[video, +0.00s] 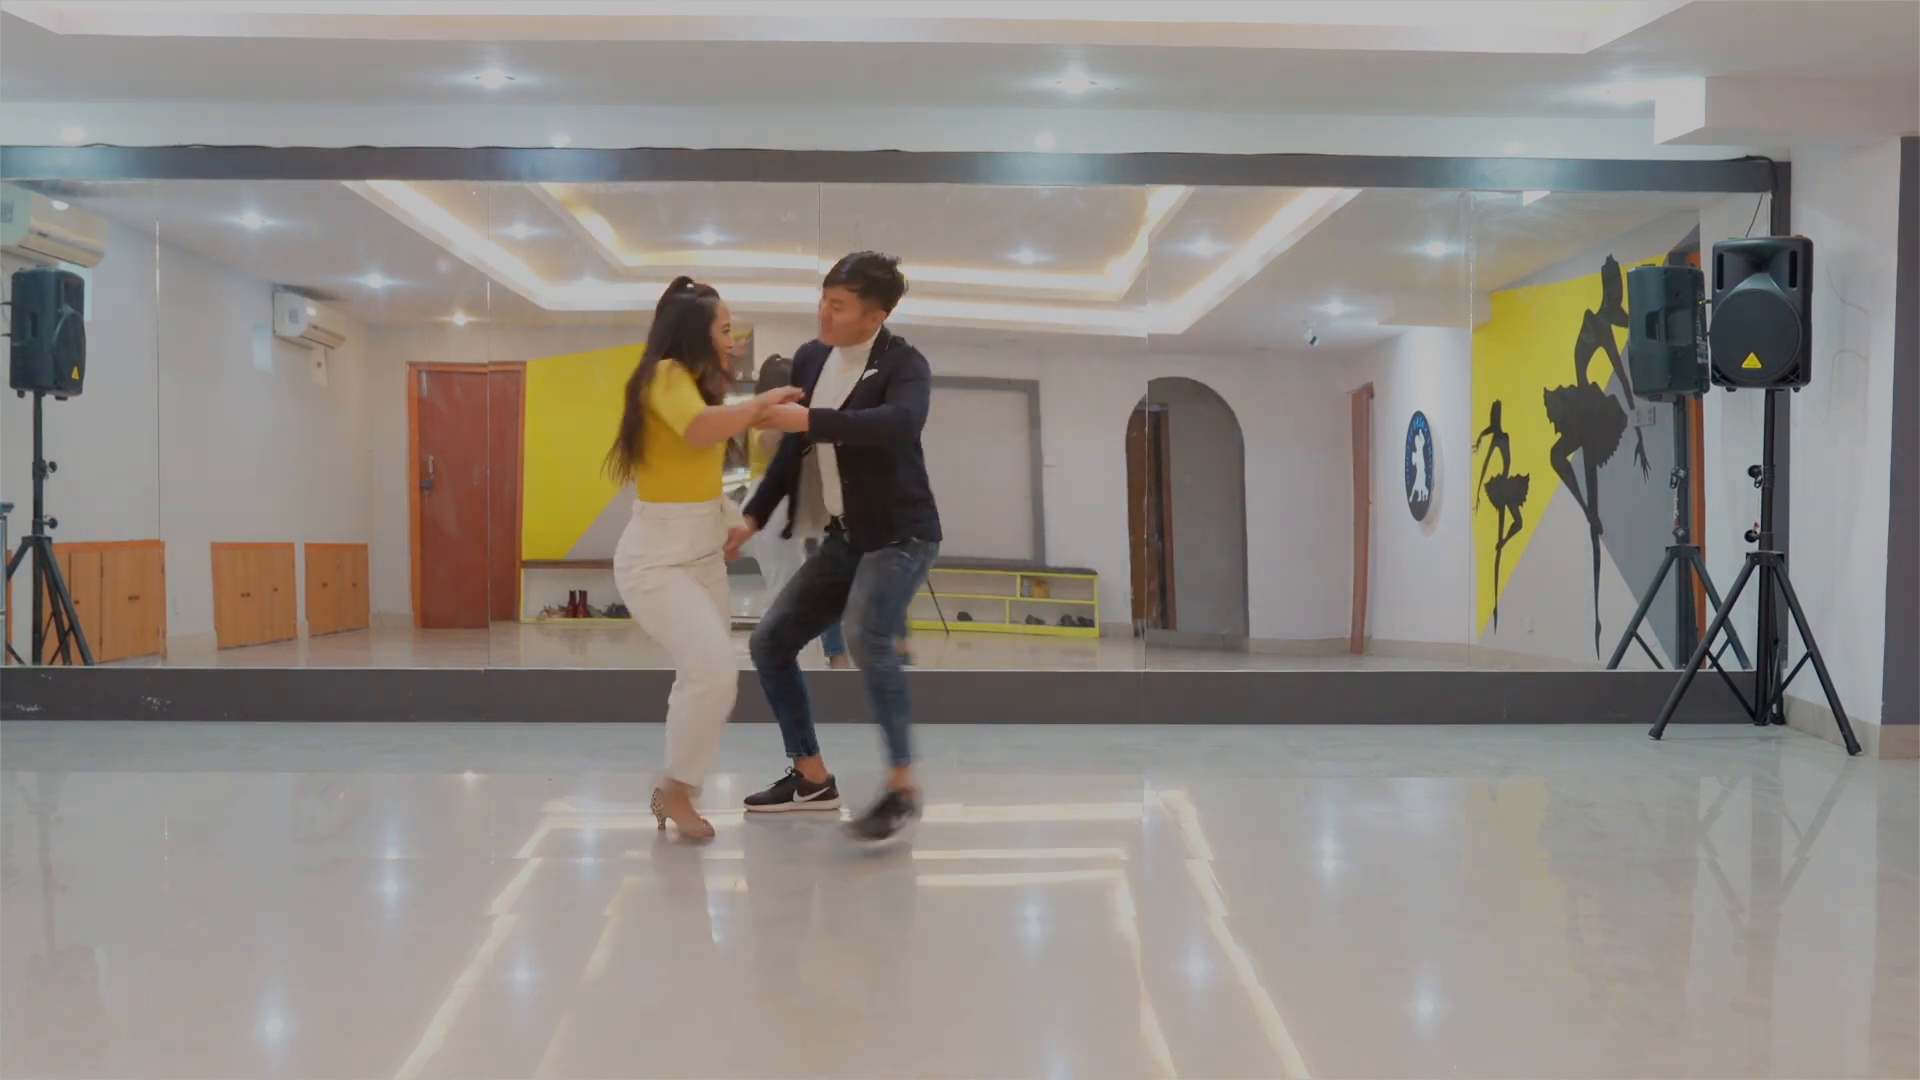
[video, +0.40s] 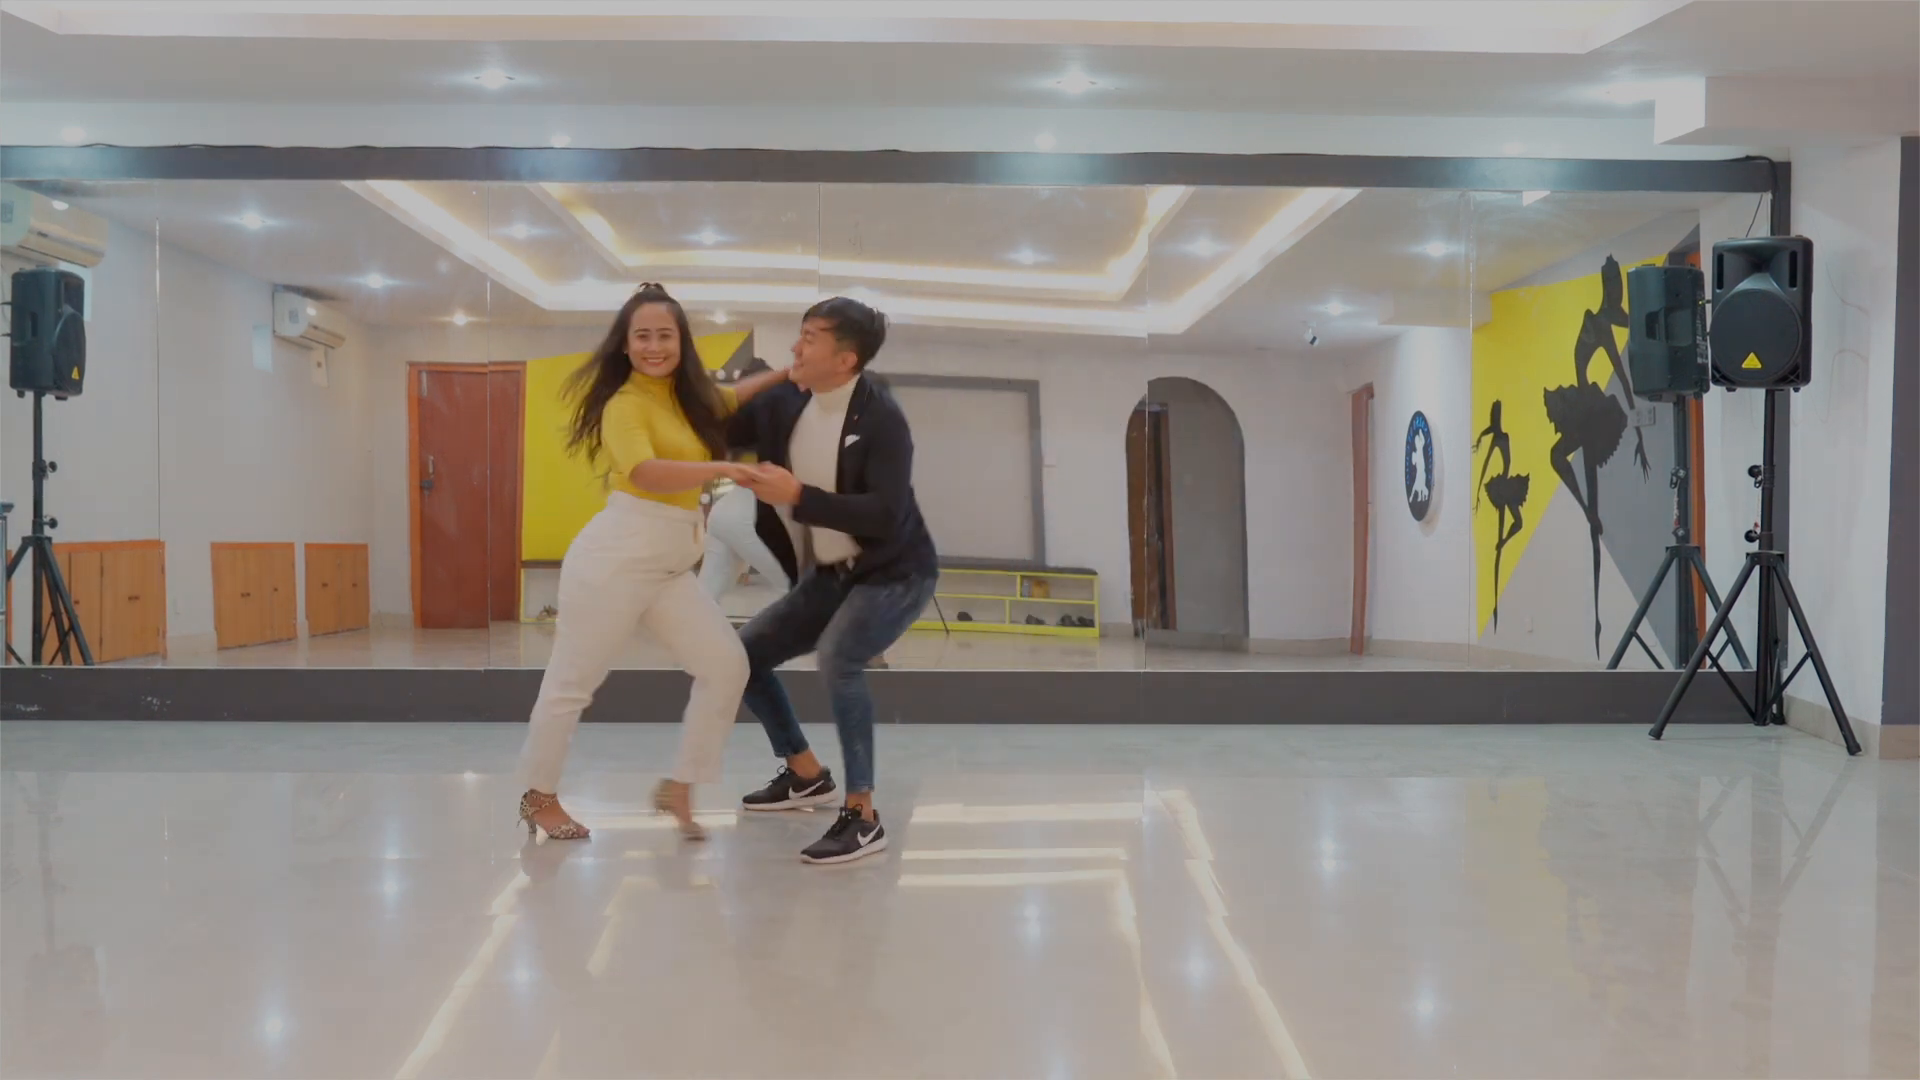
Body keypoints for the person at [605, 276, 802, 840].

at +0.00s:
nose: (732, 337)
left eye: (730, 326)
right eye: (722, 328)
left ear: (705, 332)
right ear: (694, 331)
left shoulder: (703, 388)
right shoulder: (665, 376)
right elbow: (697, 429)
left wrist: (763, 421)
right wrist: (759, 408)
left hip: (705, 556)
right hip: (654, 559)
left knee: (718, 673)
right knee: (708, 666)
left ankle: (679, 788)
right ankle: (676, 788)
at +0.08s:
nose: (713, 331)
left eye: (713, 320)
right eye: (703, 321)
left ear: (698, 325)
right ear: (672, 326)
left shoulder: (690, 379)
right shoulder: (646, 380)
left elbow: (714, 394)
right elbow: (677, 430)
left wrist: (762, 361)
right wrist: (738, 410)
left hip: (694, 554)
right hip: (648, 557)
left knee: (706, 677)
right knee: (685, 683)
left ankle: (673, 791)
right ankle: (605, 758)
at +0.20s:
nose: (659, 325)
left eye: (669, 314)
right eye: (645, 316)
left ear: (687, 322)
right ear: (628, 326)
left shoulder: (688, 383)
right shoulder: (627, 385)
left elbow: (726, 388)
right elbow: (644, 446)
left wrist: (780, 369)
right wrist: (715, 429)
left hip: (674, 554)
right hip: (628, 550)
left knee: (717, 657)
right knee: (614, 677)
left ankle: (683, 781)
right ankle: (555, 789)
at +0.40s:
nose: (654, 345)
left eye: (665, 334)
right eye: (641, 336)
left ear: (682, 340)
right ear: (625, 345)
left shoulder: (689, 396)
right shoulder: (624, 406)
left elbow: (728, 399)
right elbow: (643, 472)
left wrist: (783, 376)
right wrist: (722, 469)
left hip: (671, 570)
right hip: (611, 564)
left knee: (726, 666)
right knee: (570, 684)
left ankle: (680, 787)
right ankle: (539, 796)